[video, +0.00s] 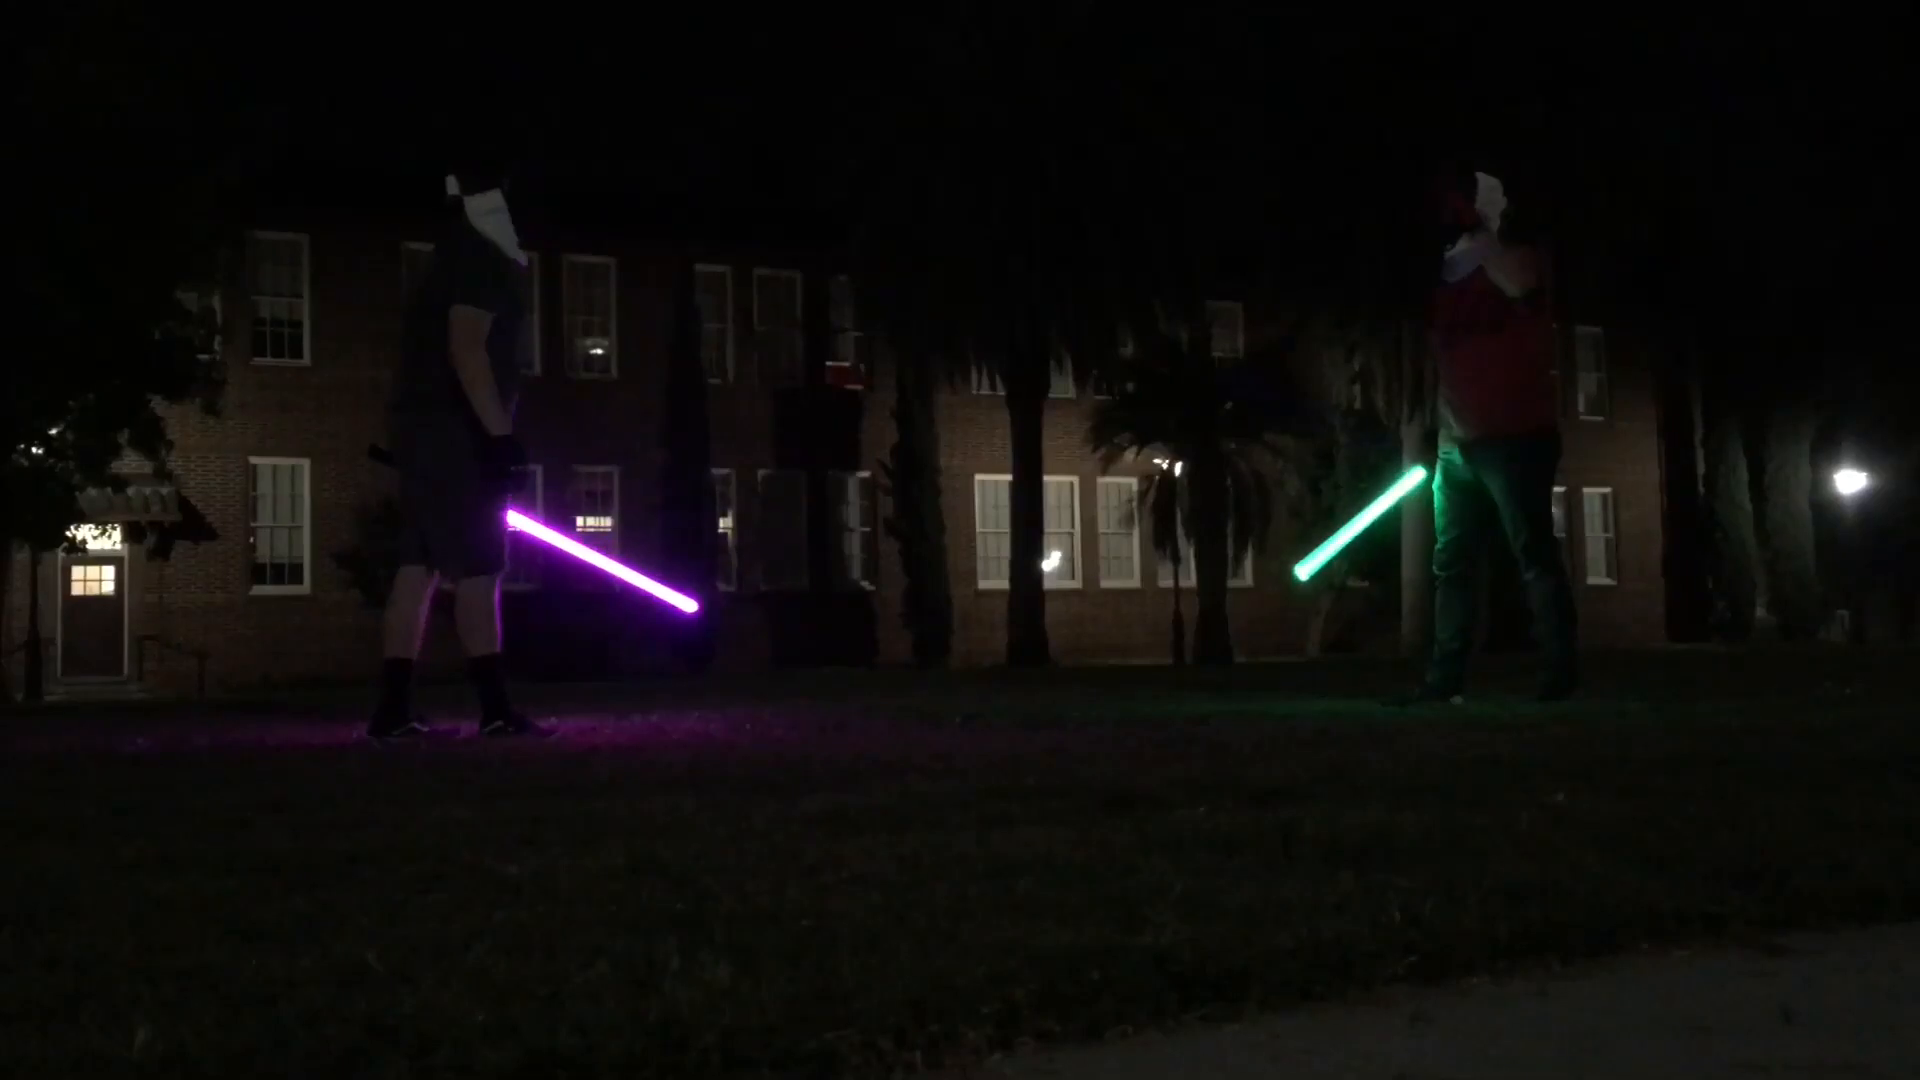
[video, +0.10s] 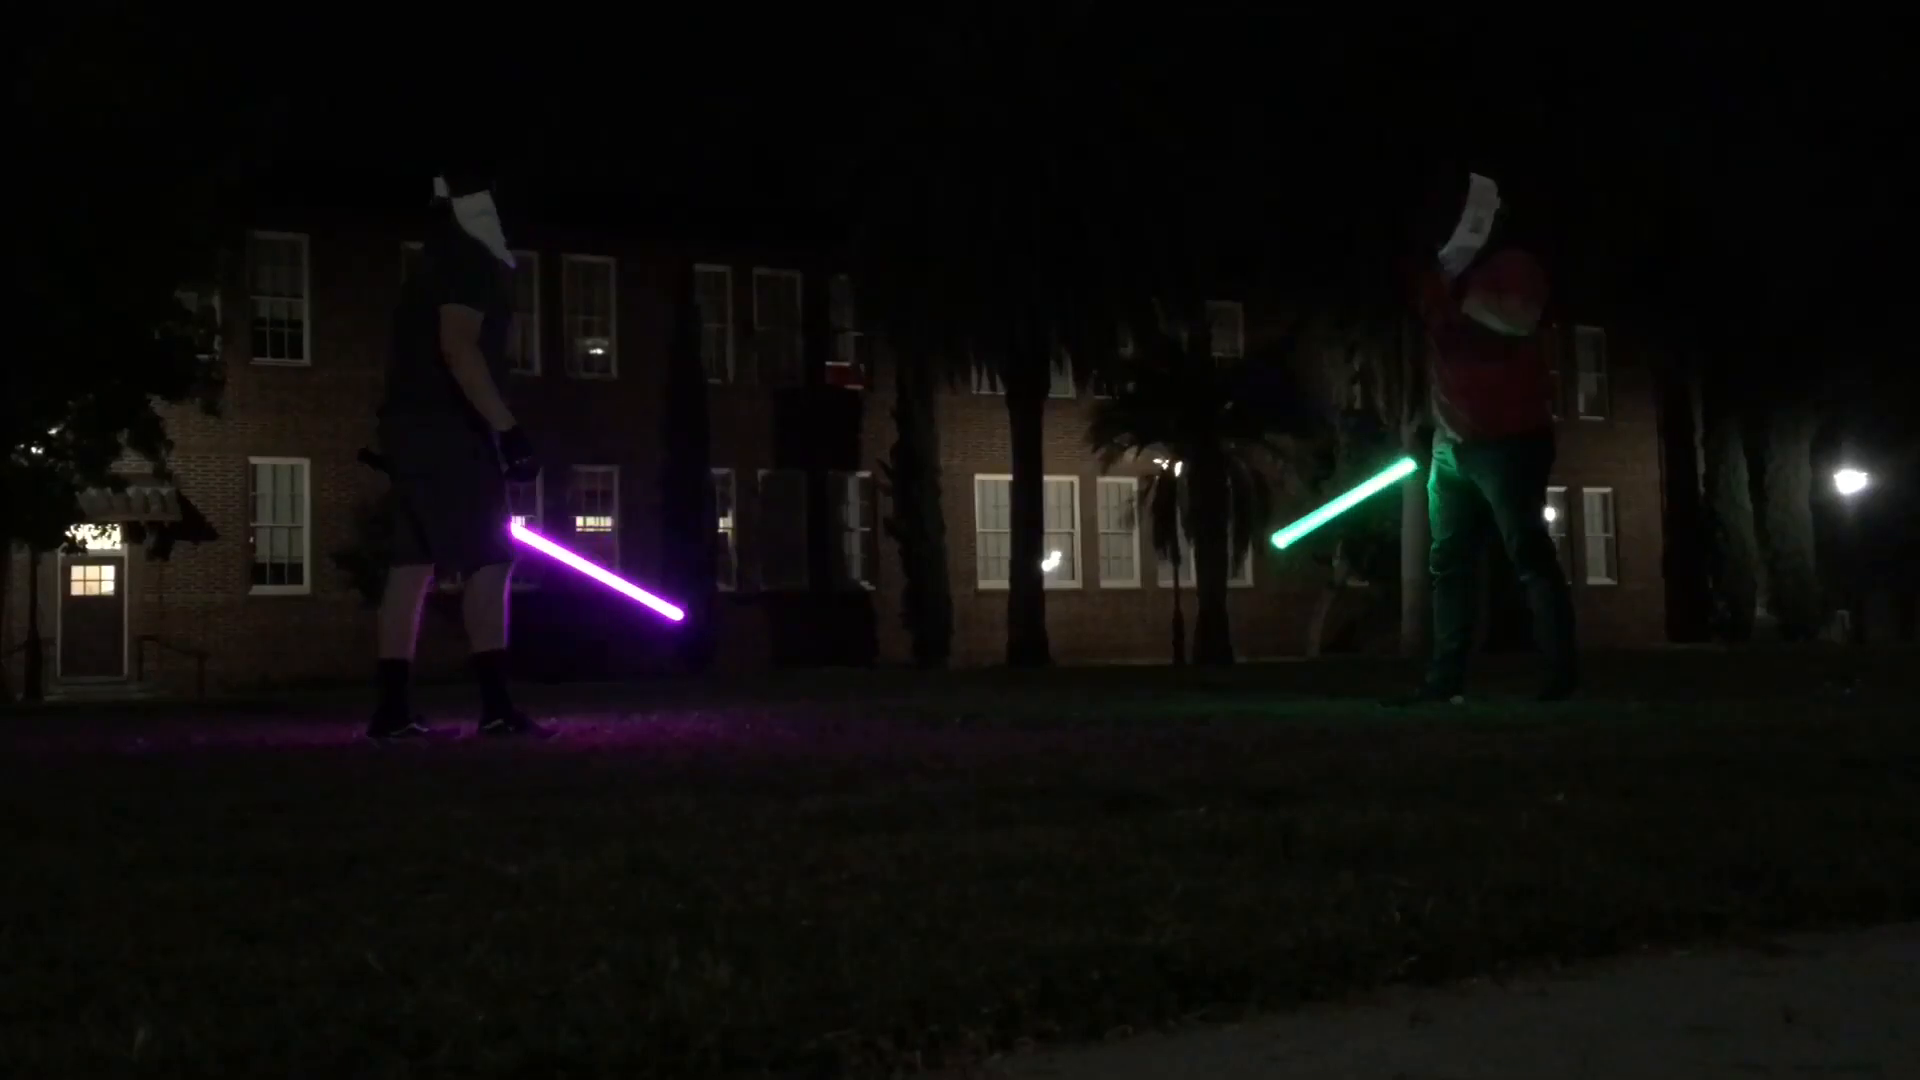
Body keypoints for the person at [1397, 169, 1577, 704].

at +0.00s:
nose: (1457, 212)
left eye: (1466, 201)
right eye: (1455, 204)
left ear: (1490, 204)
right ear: (1457, 208)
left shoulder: (1519, 250)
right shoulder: (1454, 262)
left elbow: (1521, 285)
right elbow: (1437, 346)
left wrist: (1481, 234)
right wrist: (1422, 424)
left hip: (1515, 433)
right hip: (1457, 436)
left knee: (1534, 557)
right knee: (1451, 564)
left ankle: (1557, 674)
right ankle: (1444, 679)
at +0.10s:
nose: (1463, 224)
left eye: (1472, 214)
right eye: (1458, 213)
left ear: (1490, 216)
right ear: (1447, 216)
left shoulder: (1511, 265)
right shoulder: (1445, 271)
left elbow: (1518, 322)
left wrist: (1455, 293)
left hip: (1510, 439)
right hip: (1452, 439)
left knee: (1529, 556)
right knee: (1448, 562)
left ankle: (1558, 672)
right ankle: (1445, 678)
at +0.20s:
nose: (1440, 235)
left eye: (1451, 224)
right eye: (1439, 223)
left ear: (1475, 223)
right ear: (1440, 223)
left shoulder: (1503, 273)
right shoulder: (1439, 279)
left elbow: (1520, 339)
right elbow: (1431, 357)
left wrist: (1456, 346)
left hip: (1500, 445)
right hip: (1446, 447)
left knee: (1525, 561)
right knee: (1445, 567)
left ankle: (1557, 673)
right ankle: (1444, 680)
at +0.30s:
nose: (1437, 231)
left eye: (1448, 221)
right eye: (1435, 221)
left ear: (1467, 224)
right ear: (1430, 224)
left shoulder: (1492, 274)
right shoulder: (1432, 282)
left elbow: (1512, 350)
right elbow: (1433, 356)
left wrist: (1446, 377)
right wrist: (1417, 387)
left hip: (1494, 444)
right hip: (1444, 447)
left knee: (1516, 560)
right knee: (1444, 568)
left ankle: (1557, 671)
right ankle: (1445, 680)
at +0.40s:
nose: (1425, 228)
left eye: (1435, 218)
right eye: (1424, 218)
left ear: (1455, 222)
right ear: (1426, 223)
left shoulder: (1478, 273)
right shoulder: (1424, 281)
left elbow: (1502, 352)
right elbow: (1425, 359)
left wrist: (1443, 396)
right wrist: (1412, 404)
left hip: (1483, 447)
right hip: (1434, 451)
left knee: (1506, 566)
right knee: (1442, 574)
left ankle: (1552, 675)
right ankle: (1442, 681)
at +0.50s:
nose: (1404, 239)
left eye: (1415, 227)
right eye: (1404, 228)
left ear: (1440, 227)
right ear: (1409, 230)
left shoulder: (1465, 276)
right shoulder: (1410, 287)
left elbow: (1492, 356)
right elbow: (1415, 366)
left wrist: (1431, 402)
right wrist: (1401, 410)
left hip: (1477, 447)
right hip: (1427, 452)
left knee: (1496, 566)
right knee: (1435, 571)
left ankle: (1549, 676)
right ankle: (1442, 680)